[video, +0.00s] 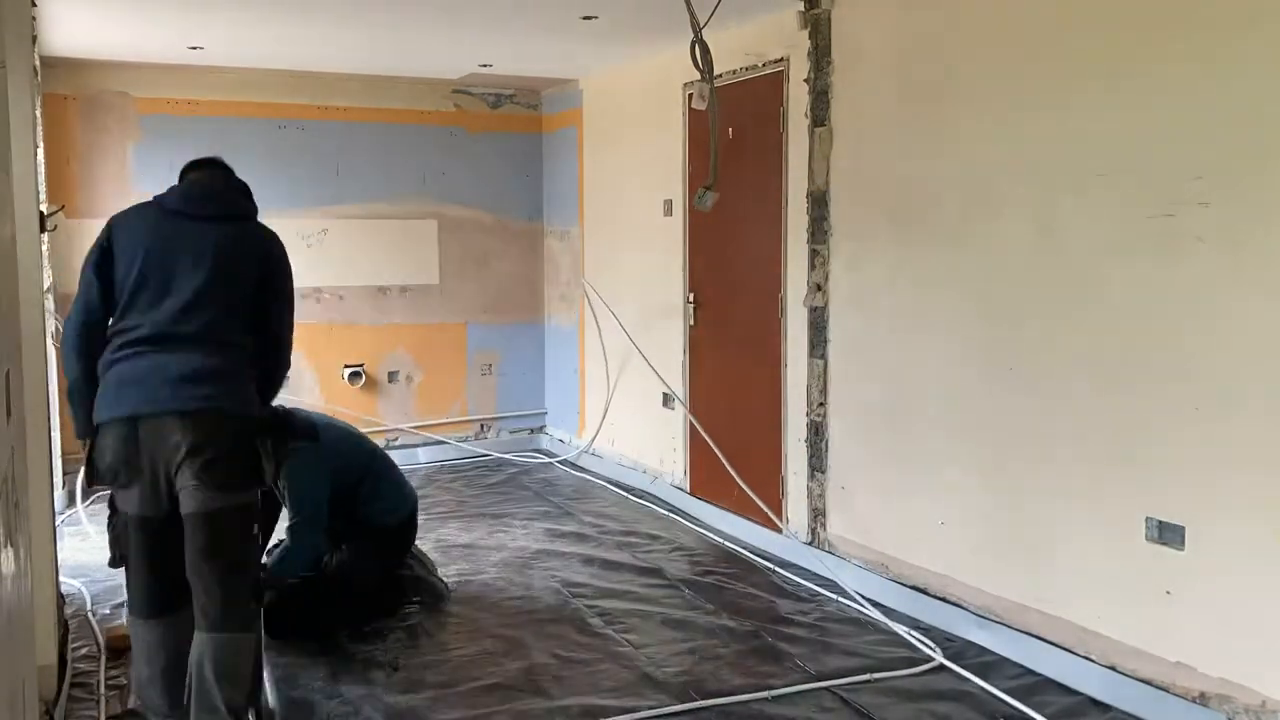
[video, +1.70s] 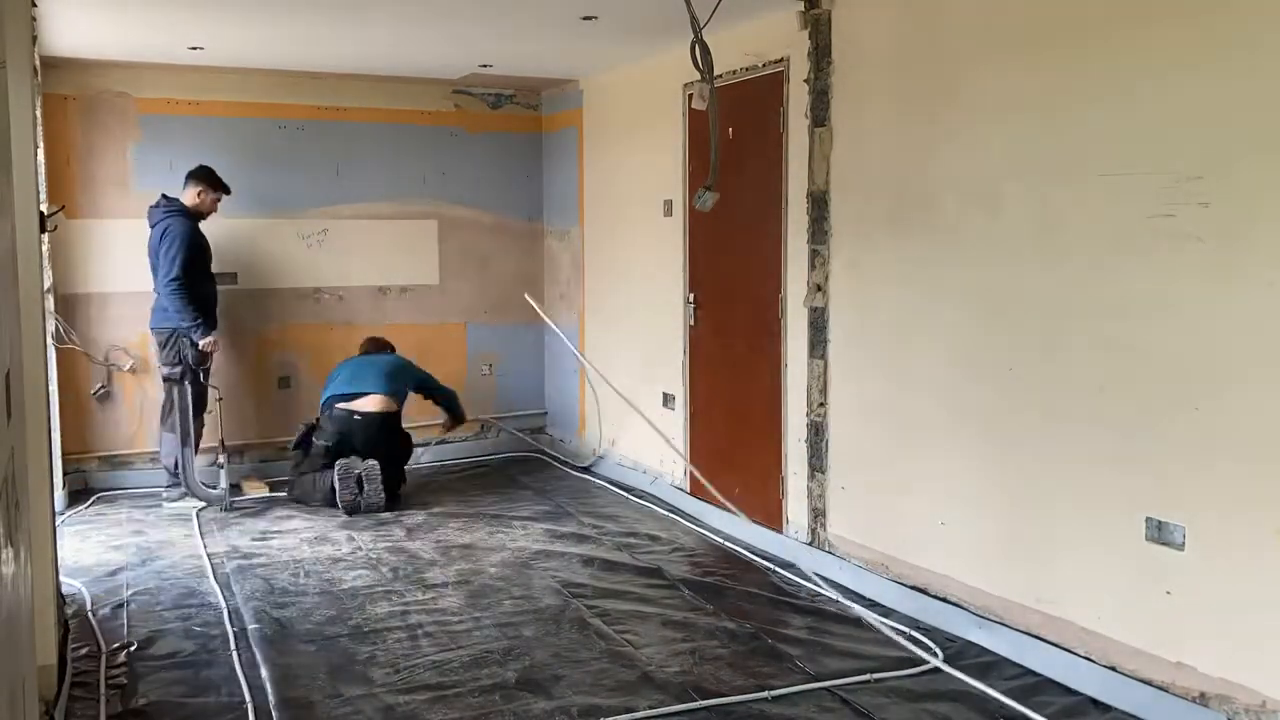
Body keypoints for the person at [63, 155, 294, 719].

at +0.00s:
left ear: (180, 187)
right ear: (238, 192)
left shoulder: (124, 227)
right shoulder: (262, 241)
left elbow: (80, 330)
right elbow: (275, 349)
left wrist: (92, 424)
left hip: (125, 416)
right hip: (217, 416)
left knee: (149, 590)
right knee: (222, 590)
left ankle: (158, 710)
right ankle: (221, 711)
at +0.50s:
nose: (202, 167)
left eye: (180, 156)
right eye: (206, 158)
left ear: (156, 158)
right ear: (211, 161)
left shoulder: (116, 213)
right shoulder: (237, 222)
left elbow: (89, 308)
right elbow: (270, 310)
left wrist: (87, 382)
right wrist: (278, 378)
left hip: (147, 395)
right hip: (226, 392)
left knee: (152, 528)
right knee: (234, 519)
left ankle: (159, 663)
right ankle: (225, 652)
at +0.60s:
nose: (202, 160)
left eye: (177, 150)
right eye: (209, 153)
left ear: (157, 153)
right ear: (212, 155)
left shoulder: (123, 215)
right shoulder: (241, 222)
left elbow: (115, 275)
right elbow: (270, 313)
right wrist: (276, 383)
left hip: (153, 396)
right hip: (232, 394)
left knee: (155, 529)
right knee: (233, 525)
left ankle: (159, 661)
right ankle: (224, 649)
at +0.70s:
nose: (177, 165)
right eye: (183, 157)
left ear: (130, 160)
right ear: (185, 157)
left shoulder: (95, 226)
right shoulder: (219, 219)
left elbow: (87, 329)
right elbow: (257, 311)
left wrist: (99, 410)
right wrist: (270, 381)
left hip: (136, 402)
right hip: (216, 396)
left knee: (144, 528)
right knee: (230, 510)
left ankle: (158, 663)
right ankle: (220, 635)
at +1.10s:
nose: (193, 177)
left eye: (182, 168)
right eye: (201, 169)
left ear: (170, 170)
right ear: (216, 171)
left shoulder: (137, 215)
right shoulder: (237, 225)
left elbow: (97, 287)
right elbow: (267, 301)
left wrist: (87, 356)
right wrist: (250, 357)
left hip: (153, 375)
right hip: (220, 374)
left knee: (155, 485)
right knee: (223, 483)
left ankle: (163, 605)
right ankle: (212, 600)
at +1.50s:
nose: (122, 195)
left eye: (119, 189)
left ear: (116, 189)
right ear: (152, 186)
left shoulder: (94, 227)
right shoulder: (175, 223)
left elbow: (84, 293)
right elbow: (204, 286)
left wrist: (85, 346)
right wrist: (225, 339)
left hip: (120, 341)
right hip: (173, 339)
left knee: (126, 435)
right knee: (183, 430)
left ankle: (133, 519)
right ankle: (183, 515)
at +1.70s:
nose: (216, 208)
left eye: (218, 201)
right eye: (216, 200)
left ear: (195, 193)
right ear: (200, 193)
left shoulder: (171, 223)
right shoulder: (180, 228)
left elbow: (169, 285)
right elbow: (171, 287)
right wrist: (200, 331)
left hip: (174, 328)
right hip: (181, 331)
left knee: (178, 405)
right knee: (187, 407)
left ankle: (176, 481)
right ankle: (179, 483)